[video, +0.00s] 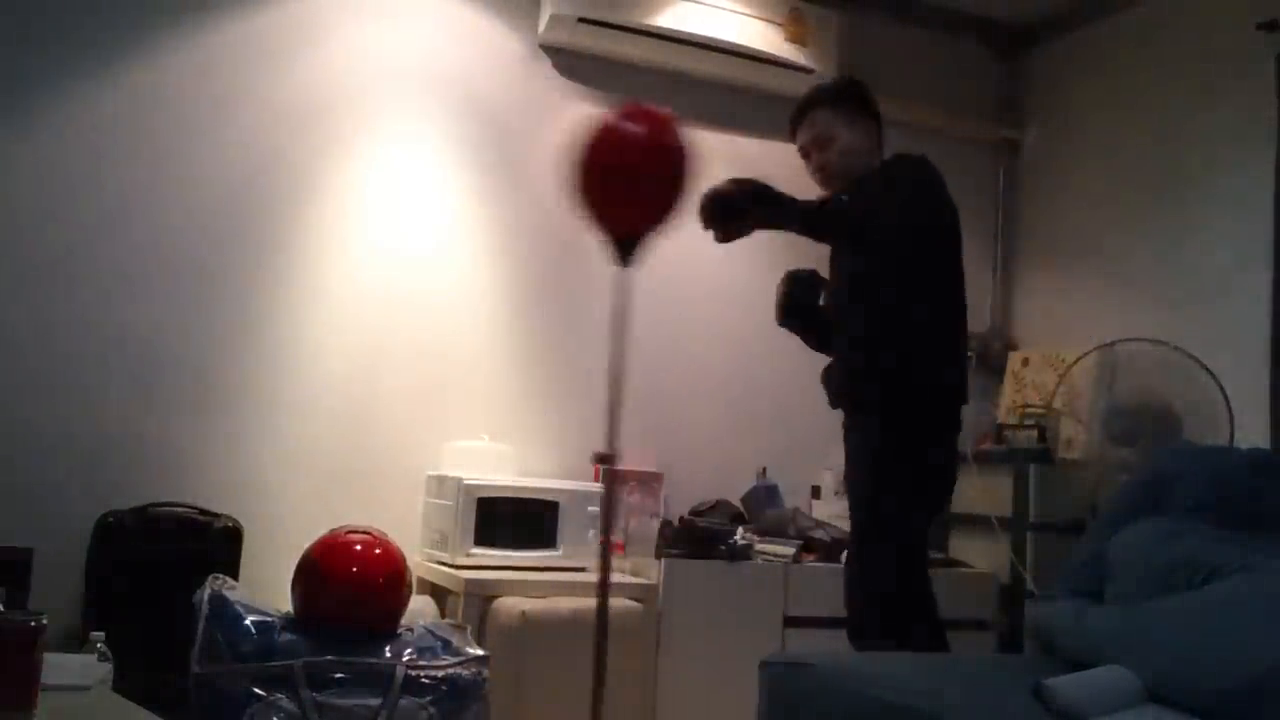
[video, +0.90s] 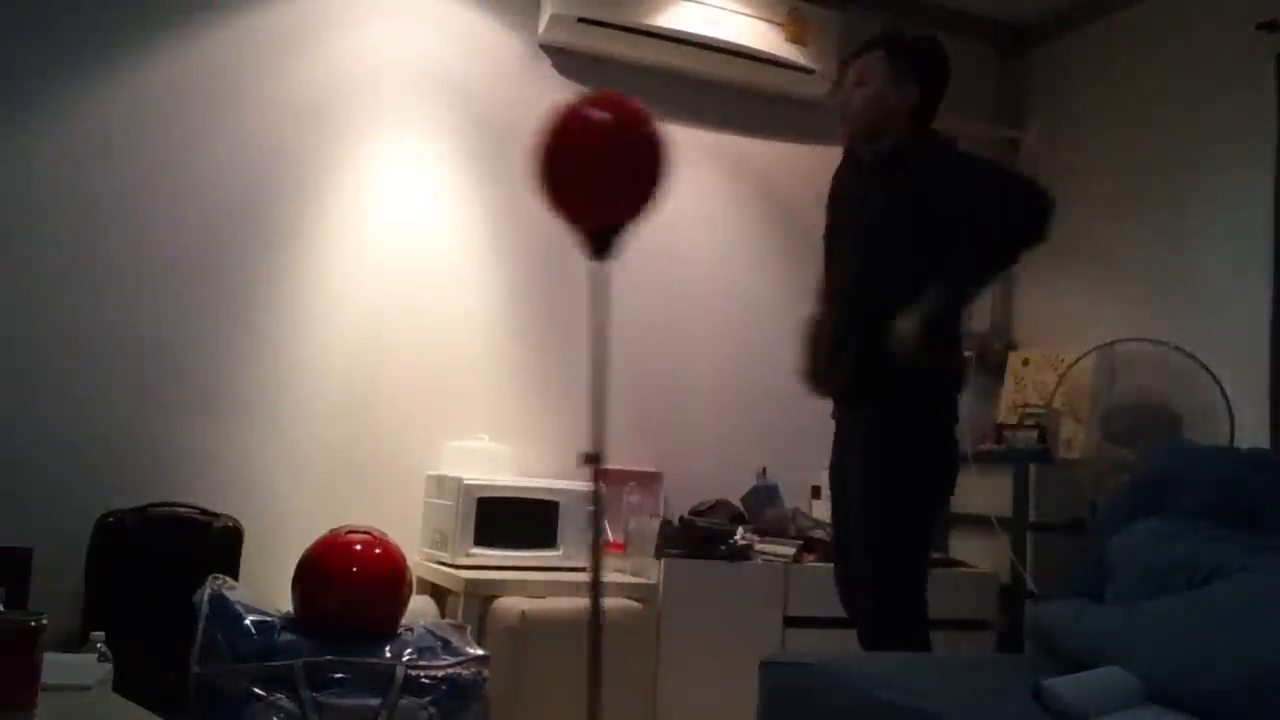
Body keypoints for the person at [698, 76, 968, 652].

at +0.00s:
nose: (815, 163)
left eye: (824, 143)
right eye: (806, 156)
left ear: (866, 130)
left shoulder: (910, 179)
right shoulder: (860, 223)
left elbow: (856, 221)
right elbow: (853, 337)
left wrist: (765, 209)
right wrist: (803, 311)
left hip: (911, 413)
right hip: (876, 418)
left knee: (883, 581)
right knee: (890, 581)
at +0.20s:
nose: (816, 160)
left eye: (824, 140)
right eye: (810, 149)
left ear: (868, 129)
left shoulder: (906, 180)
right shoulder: (875, 204)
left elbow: (887, 263)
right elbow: (891, 320)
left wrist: (789, 251)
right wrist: (828, 329)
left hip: (906, 414)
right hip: (882, 414)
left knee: (889, 578)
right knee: (885, 577)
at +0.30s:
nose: (813, 151)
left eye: (823, 135)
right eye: (810, 139)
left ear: (865, 130)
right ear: (858, 135)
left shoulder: (902, 184)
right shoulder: (873, 197)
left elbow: (960, 284)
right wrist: (828, 350)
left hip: (906, 417)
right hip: (883, 415)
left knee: (885, 582)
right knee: (888, 579)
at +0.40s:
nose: (814, 144)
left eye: (825, 127)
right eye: (813, 131)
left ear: (866, 125)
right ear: (861, 130)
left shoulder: (904, 183)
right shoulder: (873, 194)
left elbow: (944, 306)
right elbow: (881, 322)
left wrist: (847, 388)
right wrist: (839, 383)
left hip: (904, 420)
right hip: (883, 417)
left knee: (886, 582)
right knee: (884, 580)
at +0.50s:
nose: (823, 133)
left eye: (834, 116)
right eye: (823, 118)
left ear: (875, 118)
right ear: (863, 121)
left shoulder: (905, 184)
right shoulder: (875, 190)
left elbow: (942, 301)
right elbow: (870, 318)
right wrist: (849, 424)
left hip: (902, 414)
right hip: (885, 413)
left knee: (884, 592)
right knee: (886, 589)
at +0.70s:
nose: (828, 108)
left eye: (843, 96)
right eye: (831, 95)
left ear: (885, 105)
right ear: (870, 106)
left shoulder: (920, 179)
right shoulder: (855, 183)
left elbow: (1028, 245)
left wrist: (1036, 348)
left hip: (904, 407)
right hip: (861, 404)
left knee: (885, 582)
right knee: (879, 577)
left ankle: (917, 705)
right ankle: (910, 704)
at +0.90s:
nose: (845, 96)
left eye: (862, 83)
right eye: (846, 83)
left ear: (906, 95)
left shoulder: (932, 165)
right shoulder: (855, 171)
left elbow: (1027, 209)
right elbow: (846, 268)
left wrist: (939, 299)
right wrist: (830, 339)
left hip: (911, 399)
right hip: (862, 397)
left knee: (889, 581)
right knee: (857, 575)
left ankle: (912, 703)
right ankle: (898, 701)